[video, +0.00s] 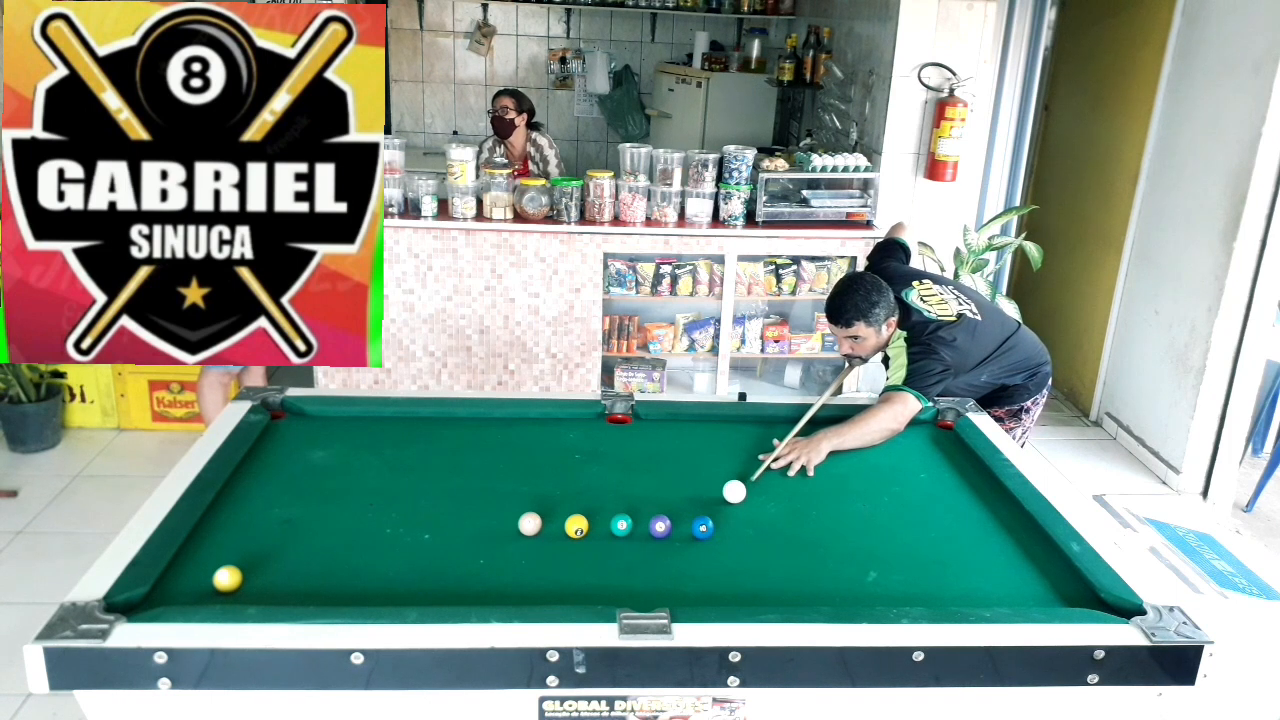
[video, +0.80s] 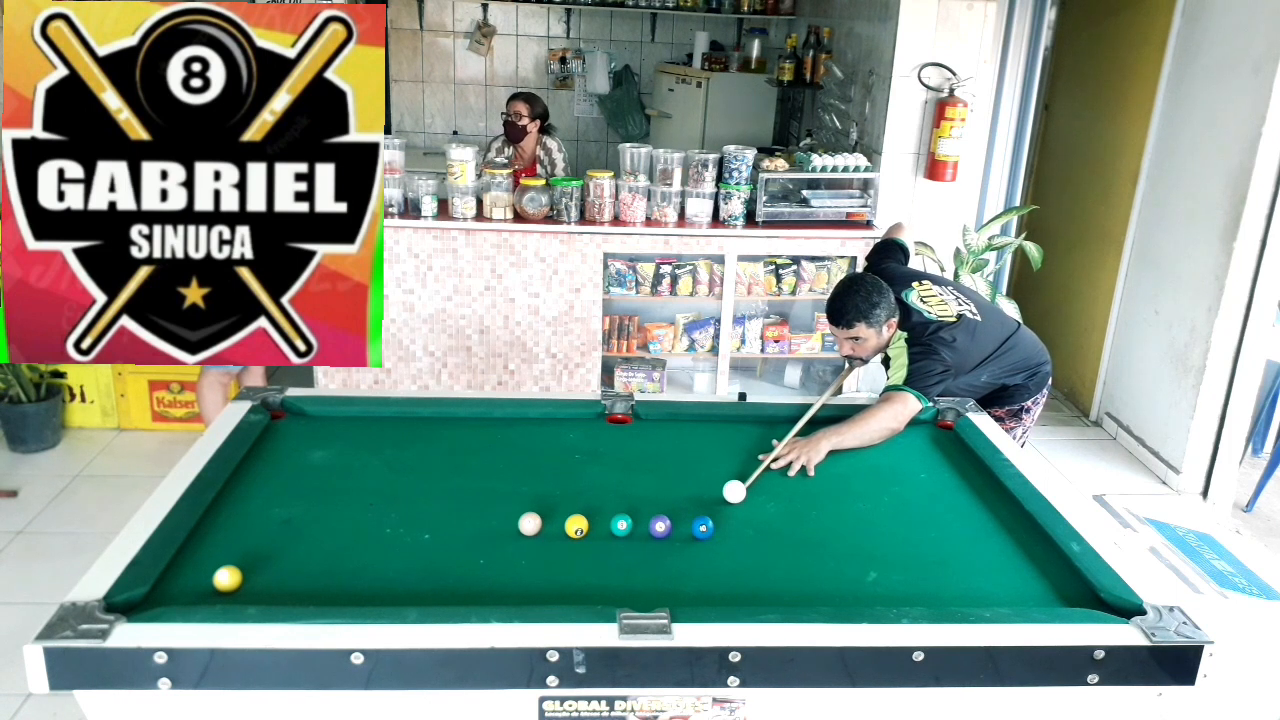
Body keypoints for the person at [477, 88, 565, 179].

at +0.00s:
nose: (496, 116)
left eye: (503, 111)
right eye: (494, 112)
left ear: (522, 119)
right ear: (491, 115)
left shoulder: (542, 143)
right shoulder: (488, 147)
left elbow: (558, 184)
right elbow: (483, 186)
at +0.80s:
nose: (509, 121)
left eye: (516, 116)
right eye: (507, 115)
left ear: (534, 125)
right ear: (504, 117)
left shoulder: (552, 147)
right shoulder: (497, 146)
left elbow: (564, 187)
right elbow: (484, 182)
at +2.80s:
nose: (509, 122)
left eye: (517, 117)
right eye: (508, 116)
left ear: (535, 126)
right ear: (505, 117)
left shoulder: (552, 147)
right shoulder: (498, 146)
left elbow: (564, 188)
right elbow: (484, 182)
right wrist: (506, 169)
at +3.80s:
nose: (510, 121)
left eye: (517, 117)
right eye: (508, 116)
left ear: (536, 126)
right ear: (505, 117)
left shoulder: (552, 147)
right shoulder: (498, 146)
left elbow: (564, 188)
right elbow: (485, 182)